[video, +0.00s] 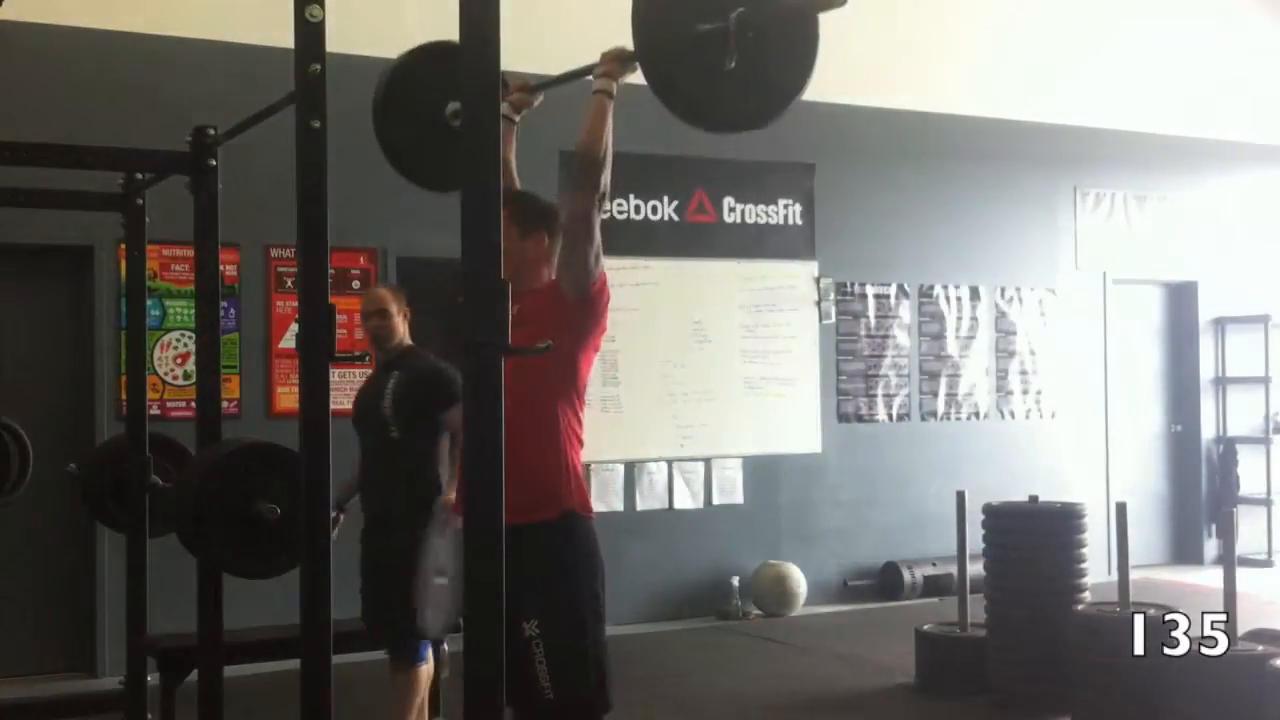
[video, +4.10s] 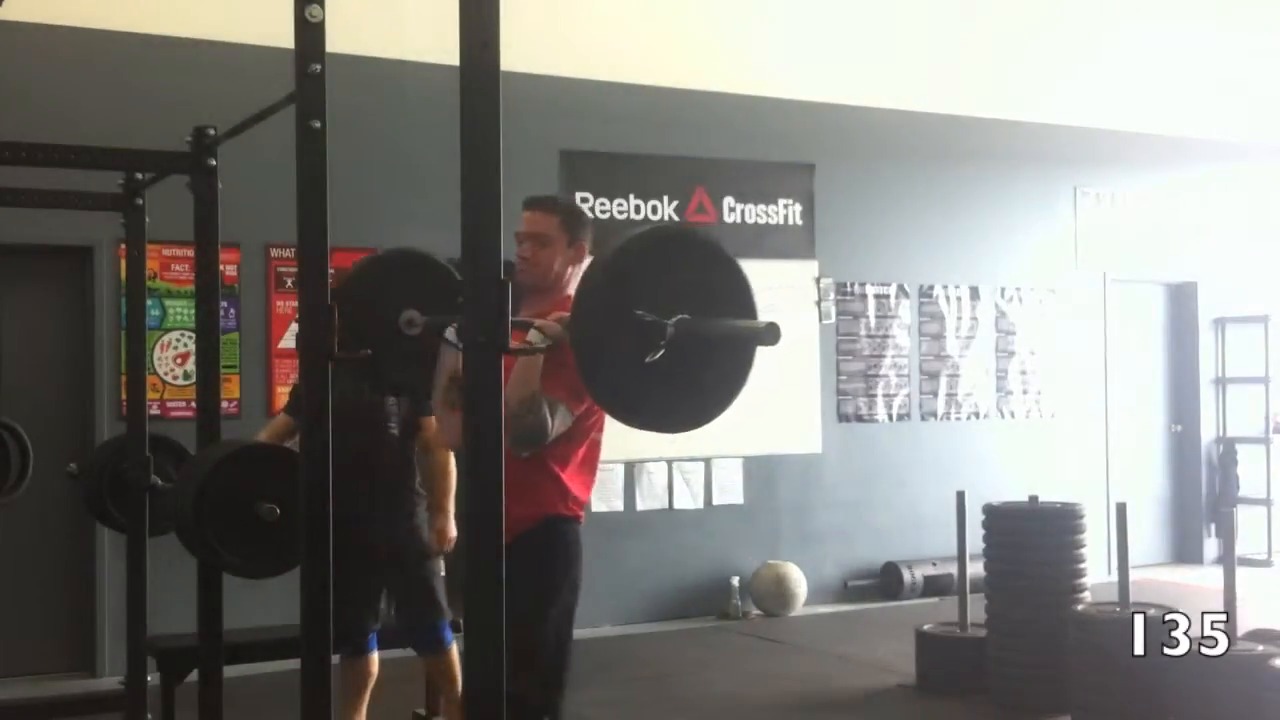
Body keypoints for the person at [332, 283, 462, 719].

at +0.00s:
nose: (373, 325)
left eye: (382, 315)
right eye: (366, 318)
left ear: (405, 317)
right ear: (361, 325)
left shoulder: (434, 374)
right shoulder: (371, 385)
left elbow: (462, 434)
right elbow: (371, 459)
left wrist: (456, 489)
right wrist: (338, 502)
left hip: (426, 516)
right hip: (383, 518)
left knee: (413, 629)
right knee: (395, 627)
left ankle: (407, 717)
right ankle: (422, 714)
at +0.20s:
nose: (355, 326)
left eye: (363, 316)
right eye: (350, 318)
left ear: (391, 315)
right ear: (348, 322)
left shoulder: (419, 370)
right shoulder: (373, 377)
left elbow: (447, 439)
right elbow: (369, 450)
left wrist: (406, 482)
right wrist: (349, 503)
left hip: (409, 517)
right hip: (373, 517)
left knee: (400, 637)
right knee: (381, 636)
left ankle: (404, 715)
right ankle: (409, 712)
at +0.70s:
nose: (334, 326)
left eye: (339, 316)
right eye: (331, 317)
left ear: (367, 312)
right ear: (355, 315)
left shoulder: (391, 364)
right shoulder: (365, 367)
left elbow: (401, 430)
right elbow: (370, 431)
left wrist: (336, 454)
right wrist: (332, 455)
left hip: (387, 515)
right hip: (361, 513)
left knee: (388, 642)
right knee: (362, 641)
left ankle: (394, 718)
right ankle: (368, 716)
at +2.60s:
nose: (287, 335)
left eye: (293, 324)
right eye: (283, 325)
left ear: (317, 321)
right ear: (287, 328)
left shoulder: (352, 366)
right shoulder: (314, 372)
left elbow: (372, 434)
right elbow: (304, 430)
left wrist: (311, 482)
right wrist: (260, 458)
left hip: (370, 516)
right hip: (341, 515)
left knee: (374, 650)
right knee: (361, 648)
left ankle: (385, 718)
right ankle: (369, 716)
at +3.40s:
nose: (320, 330)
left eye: (327, 319)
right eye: (317, 320)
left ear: (351, 316)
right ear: (320, 321)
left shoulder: (384, 375)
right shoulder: (330, 373)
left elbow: (390, 450)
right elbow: (307, 425)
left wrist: (359, 503)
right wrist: (261, 456)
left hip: (375, 527)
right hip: (331, 525)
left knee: (378, 648)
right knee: (339, 648)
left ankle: (388, 719)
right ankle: (347, 719)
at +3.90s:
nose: (334, 320)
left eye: (343, 309)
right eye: (329, 311)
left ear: (369, 312)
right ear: (320, 314)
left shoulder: (397, 368)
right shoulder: (317, 375)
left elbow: (427, 443)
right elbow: (279, 433)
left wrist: (428, 511)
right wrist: (241, 477)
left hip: (391, 520)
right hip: (336, 520)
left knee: (404, 640)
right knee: (353, 643)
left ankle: (418, 716)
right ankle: (350, 717)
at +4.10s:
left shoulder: (407, 368)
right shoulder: (324, 371)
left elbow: (435, 438)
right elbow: (286, 423)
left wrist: (444, 512)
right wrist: (243, 465)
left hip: (404, 519)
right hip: (344, 520)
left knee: (434, 638)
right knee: (356, 642)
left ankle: (454, 711)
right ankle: (351, 714)